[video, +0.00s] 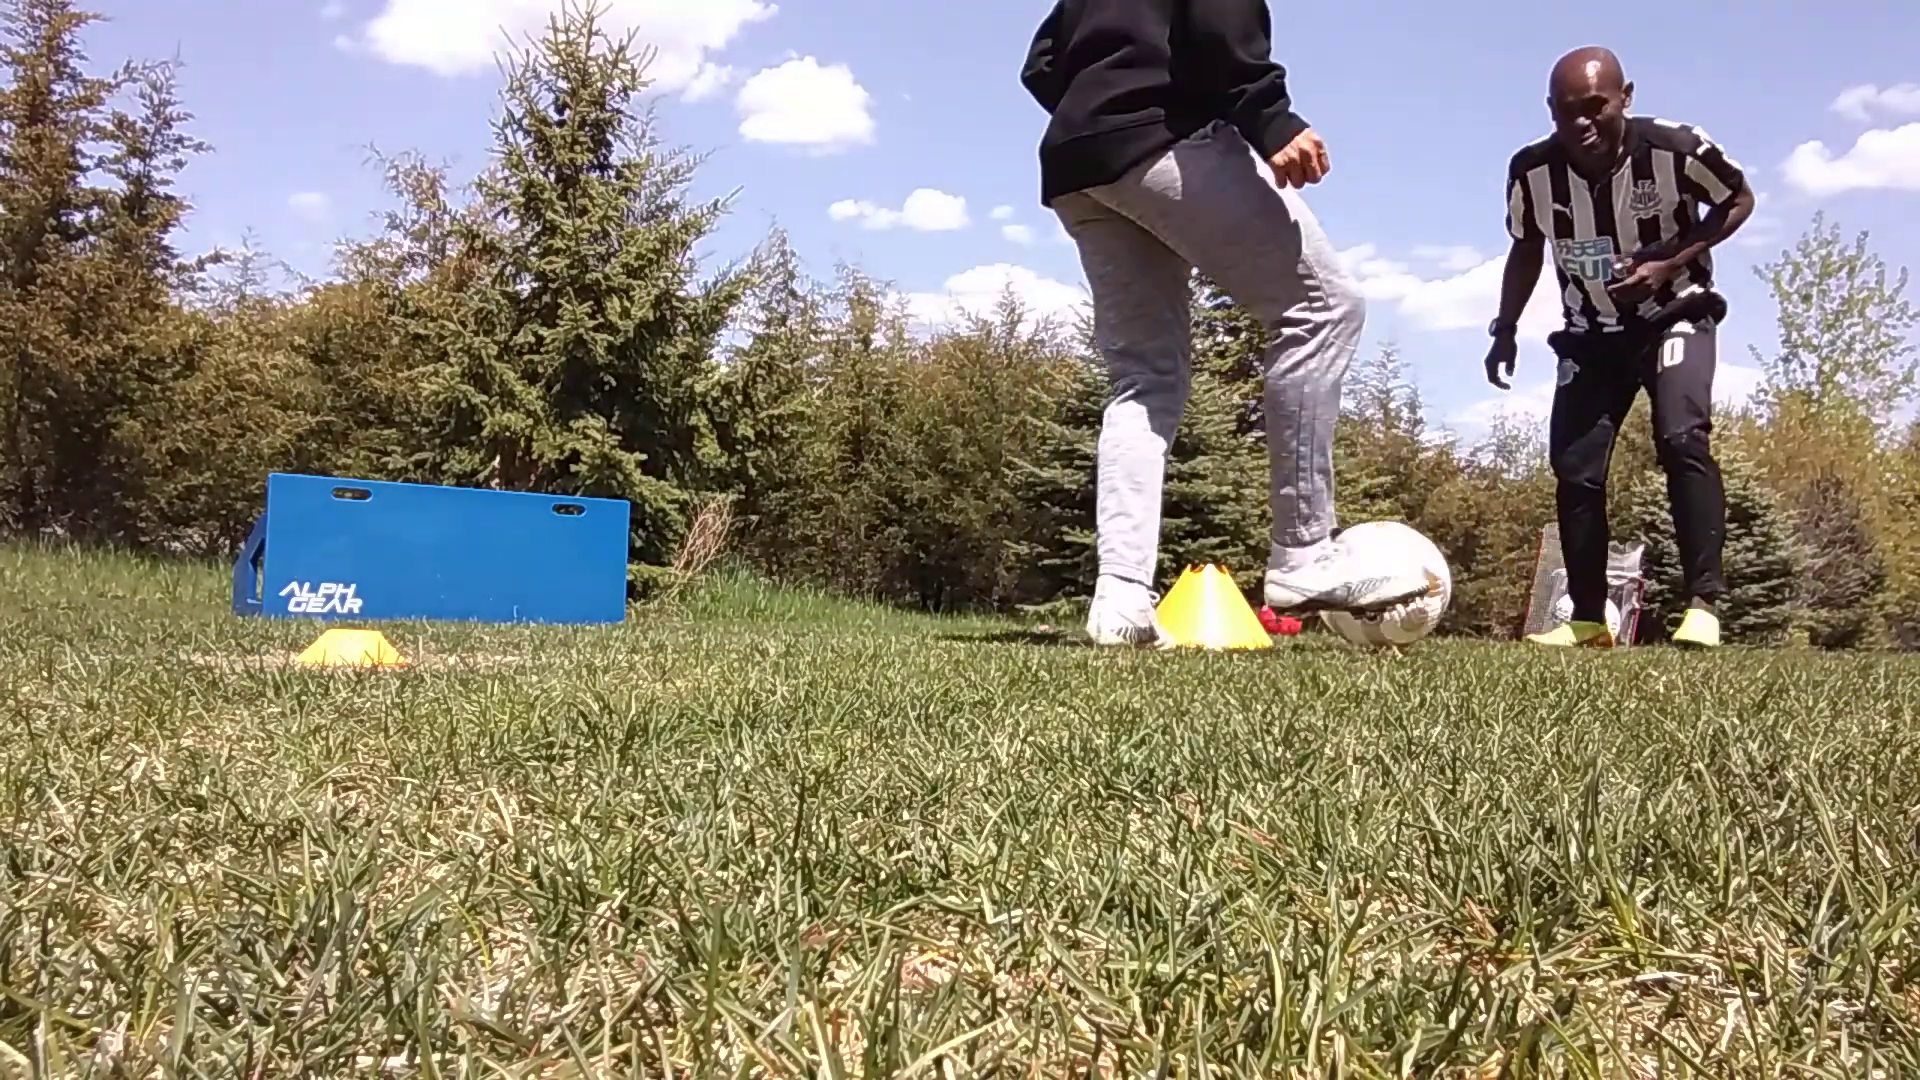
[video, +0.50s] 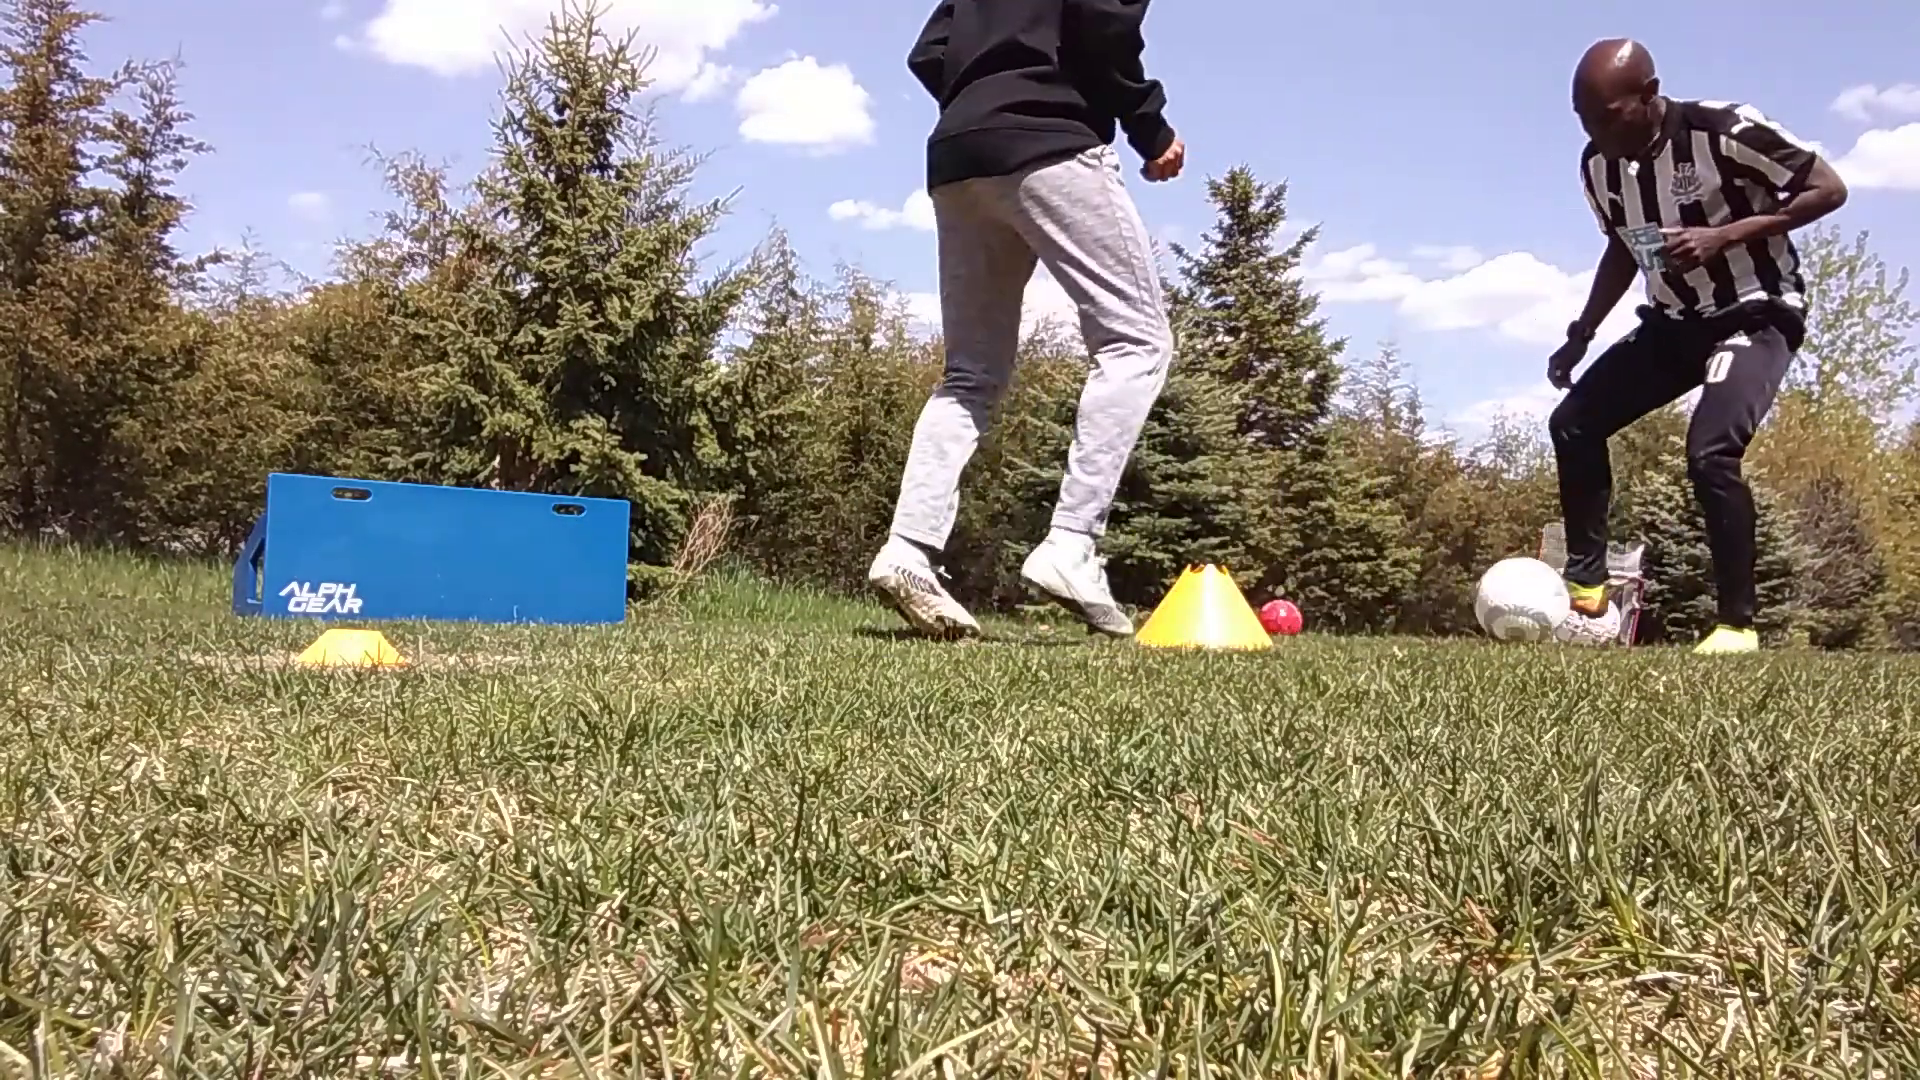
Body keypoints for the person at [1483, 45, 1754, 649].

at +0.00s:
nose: (1580, 121)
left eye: (1594, 106)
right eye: (1566, 109)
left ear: (1625, 99)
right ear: (1551, 109)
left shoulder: (1675, 147)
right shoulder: (1531, 170)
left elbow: (1739, 199)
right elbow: (1527, 247)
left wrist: (1674, 261)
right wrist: (1506, 326)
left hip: (1675, 321)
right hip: (1592, 334)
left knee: (1682, 443)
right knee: (1574, 470)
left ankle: (1703, 607)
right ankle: (1588, 618)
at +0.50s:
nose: (1591, 131)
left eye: (1600, 116)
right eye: (1585, 118)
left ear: (1647, 97)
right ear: (1585, 108)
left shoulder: (1725, 130)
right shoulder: (1599, 165)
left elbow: (1828, 188)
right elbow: (1623, 248)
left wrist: (1726, 234)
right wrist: (1583, 331)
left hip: (1756, 318)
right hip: (1676, 324)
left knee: (1710, 451)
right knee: (1573, 423)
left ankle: (1737, 626)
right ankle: (1585, 585)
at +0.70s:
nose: (1586, 124)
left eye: (1598, 107)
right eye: (1581, 109)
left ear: (1645, 94)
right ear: (1583, 106)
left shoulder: (1725, 130)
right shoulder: (1603, 166)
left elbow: (1828, 189)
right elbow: (1635, 247)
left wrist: (1725, 237)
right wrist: (1606, 335)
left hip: (1759, 314)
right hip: (1682, 327)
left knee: (1714, 451)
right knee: (1604, 447)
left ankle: (1736, 625)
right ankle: (1615, 608)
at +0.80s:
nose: (1586, 117)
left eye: (1599, 101)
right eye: (1580, 103)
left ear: (1645, 87)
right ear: (1575, 100)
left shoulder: (1723, 128)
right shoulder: (1593, 166)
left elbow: (1824, 181)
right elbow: (1619, 245)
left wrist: (1729, 232)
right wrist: (1599, 335)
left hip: (1753, 314)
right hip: (1676, 328)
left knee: (1718, 446)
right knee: (1618, 455)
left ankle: (1738, 625)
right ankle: (1635, 610)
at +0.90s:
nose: (1582, 121)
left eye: (1595, 105)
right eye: (1576, 108)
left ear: (1641, 92)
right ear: (1571, 106)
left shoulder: (1716, 134)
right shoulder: (1583, 173)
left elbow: (1816, 184)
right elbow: (1602, 254)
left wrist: (1728, 236)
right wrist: (1578, 344)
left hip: (1742, 318)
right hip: (1667, 335)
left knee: (1719, 445)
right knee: (1637, 472)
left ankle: (1737, 624)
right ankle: (1638, 621)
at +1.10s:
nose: (1565, 139)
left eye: (1576, 122)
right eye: (1558, 125)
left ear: (1621, 108)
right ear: (1556, 123)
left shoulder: (1698, 145)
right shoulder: (1570, 188)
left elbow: (1793, 189)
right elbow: (1587, 261)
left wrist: (1718, 244)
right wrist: (1555, 332)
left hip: (1735, 324)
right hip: (1658, 343)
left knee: (1727, 450)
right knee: (1633, 469)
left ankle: (1742, 619)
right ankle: (1638, 624)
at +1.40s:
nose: (1598, 130)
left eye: (1608, 113)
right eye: (1591, 117)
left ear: (1651, 96)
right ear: (1589, 112)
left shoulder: (1728, 139)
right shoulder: (1602, 171)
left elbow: (1825, 200)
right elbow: (1619, 248)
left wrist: (1735, 228)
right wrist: (1587, 318)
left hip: (1747, 328)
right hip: (1673, 342)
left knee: (1727, 455)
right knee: (1646, 469)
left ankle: (1753, 623)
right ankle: (1640, 624)